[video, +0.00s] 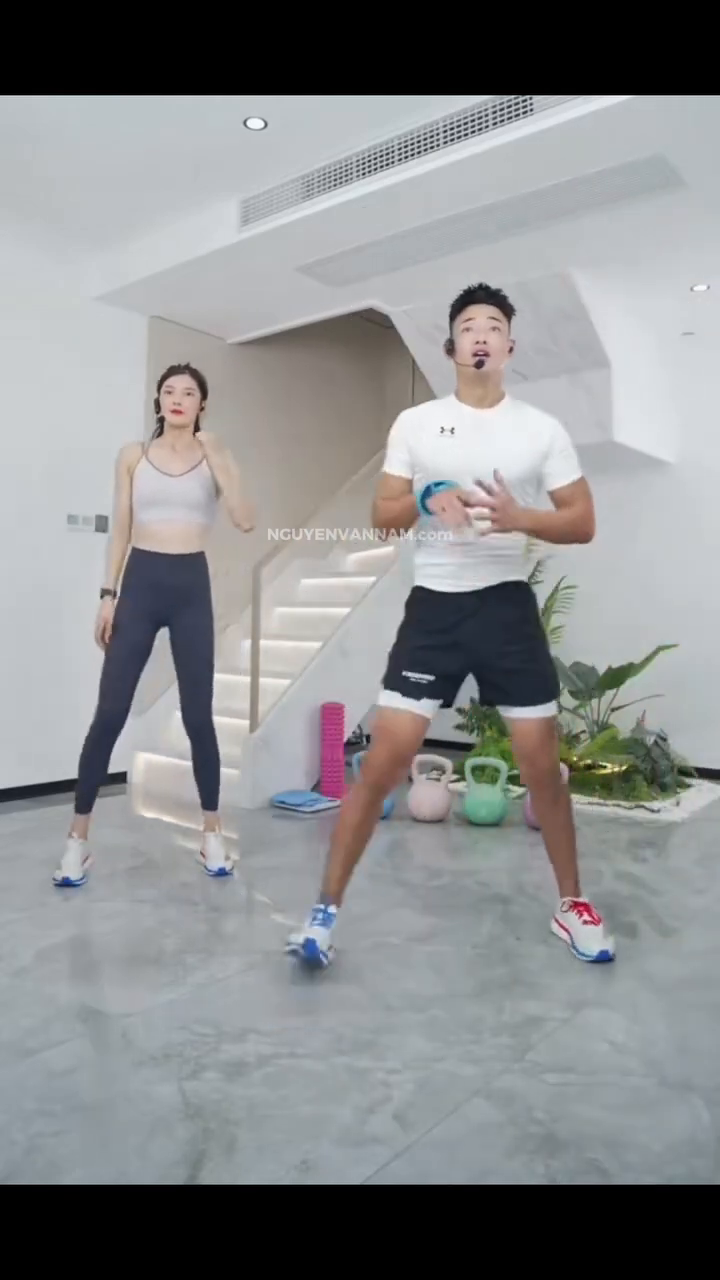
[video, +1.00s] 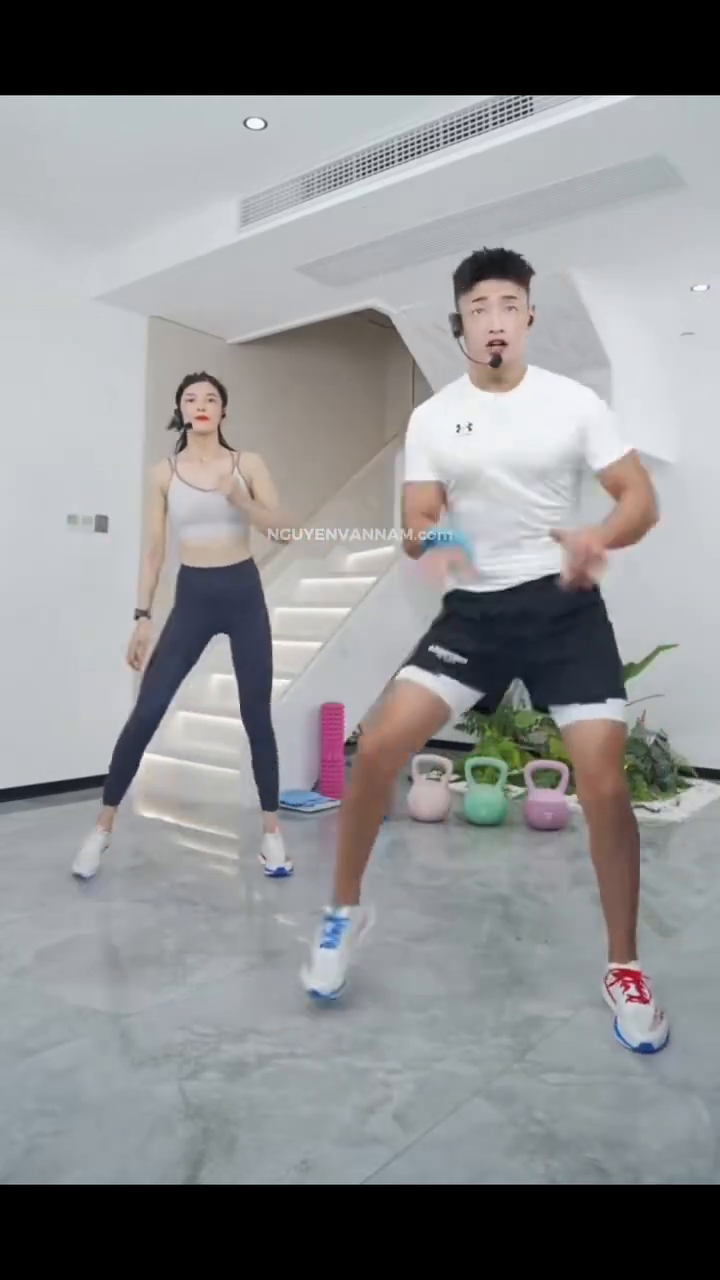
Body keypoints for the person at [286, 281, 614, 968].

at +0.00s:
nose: (480, 337)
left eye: (492, 328)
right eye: (469, 328)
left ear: (510, 345)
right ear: (450, 346)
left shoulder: (539, 429)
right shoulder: (415, 425)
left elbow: (582, 525)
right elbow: (383, 514)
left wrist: (518, 516)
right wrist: (428, 503)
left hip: (508, 608)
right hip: (432, 609)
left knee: (542, 761)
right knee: (383, 759)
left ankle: (572, 904)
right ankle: (325, 912)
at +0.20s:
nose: (422, 337)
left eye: (436, 326)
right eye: (409, 326)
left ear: (456, 341)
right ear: (392, 341)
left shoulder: (481, 429)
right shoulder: (356, 417)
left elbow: (527, 525)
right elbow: (317, 504)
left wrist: (484, 552)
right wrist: (351, 526)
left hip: (448, 611)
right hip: (370, 612)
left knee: (523, 754)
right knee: (329, 763)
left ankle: (519, 870)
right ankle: (308, 927)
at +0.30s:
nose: (405, 323)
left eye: (419, 313)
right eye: (392, 313)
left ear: (439, 328)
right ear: (376, 328)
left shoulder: (468, 418)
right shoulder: (338, 407)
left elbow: (518, 506)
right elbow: (308, 477)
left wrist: (477, 560)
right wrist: (312, 534)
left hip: (434, 601)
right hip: (353, 602)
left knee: (477, 753)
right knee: (321, 764)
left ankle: (443, 860)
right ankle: (308, 929)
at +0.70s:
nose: (402, 312)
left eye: (415, 300)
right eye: (388, 301)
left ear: (437, 316)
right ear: (369, 320)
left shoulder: (478, 399)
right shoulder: (338, 409)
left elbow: (520, 503)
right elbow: (321, 520)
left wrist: (452, 482)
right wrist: (355, 467)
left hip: (459, 601)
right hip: (374, 606)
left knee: (516, 765)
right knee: (330, 772)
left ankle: (509, 906)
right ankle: (311, 930)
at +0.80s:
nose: (434, 297)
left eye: (447, 285)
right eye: (420, 288)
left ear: (469, 302)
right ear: (398, 308)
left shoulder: (508, 385)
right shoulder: (369, 394)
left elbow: (552, 490)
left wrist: (475, 435)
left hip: (494, 588)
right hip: (405, 593)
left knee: (559, 774)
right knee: (360, 767)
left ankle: (600, 950)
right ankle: (321, 928)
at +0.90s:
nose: (469, 311)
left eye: (483, 299)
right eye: (454, 300)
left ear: (503, 315)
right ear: (435, 319)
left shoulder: (546, 398)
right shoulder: (404, 410)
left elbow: (600, 494)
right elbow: (387, 517)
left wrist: (522, 468)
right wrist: (433, 454)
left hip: (538, 606)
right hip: (447, 612)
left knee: (585, 780)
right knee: (368, 771)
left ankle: (625, 966)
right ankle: (324, 925)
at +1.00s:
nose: (495, 321)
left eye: (509, 306)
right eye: (480, 309)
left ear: (531, 319)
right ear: (459, 325)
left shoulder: (573, 404)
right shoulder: (432, 418)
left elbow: (642, 499)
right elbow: (418, 521)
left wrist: (603, 538)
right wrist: (430, 545)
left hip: (565, 609)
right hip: (473, 613)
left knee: (603, 785)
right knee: (375, 746)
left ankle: (624, 968)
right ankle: (343, 909)